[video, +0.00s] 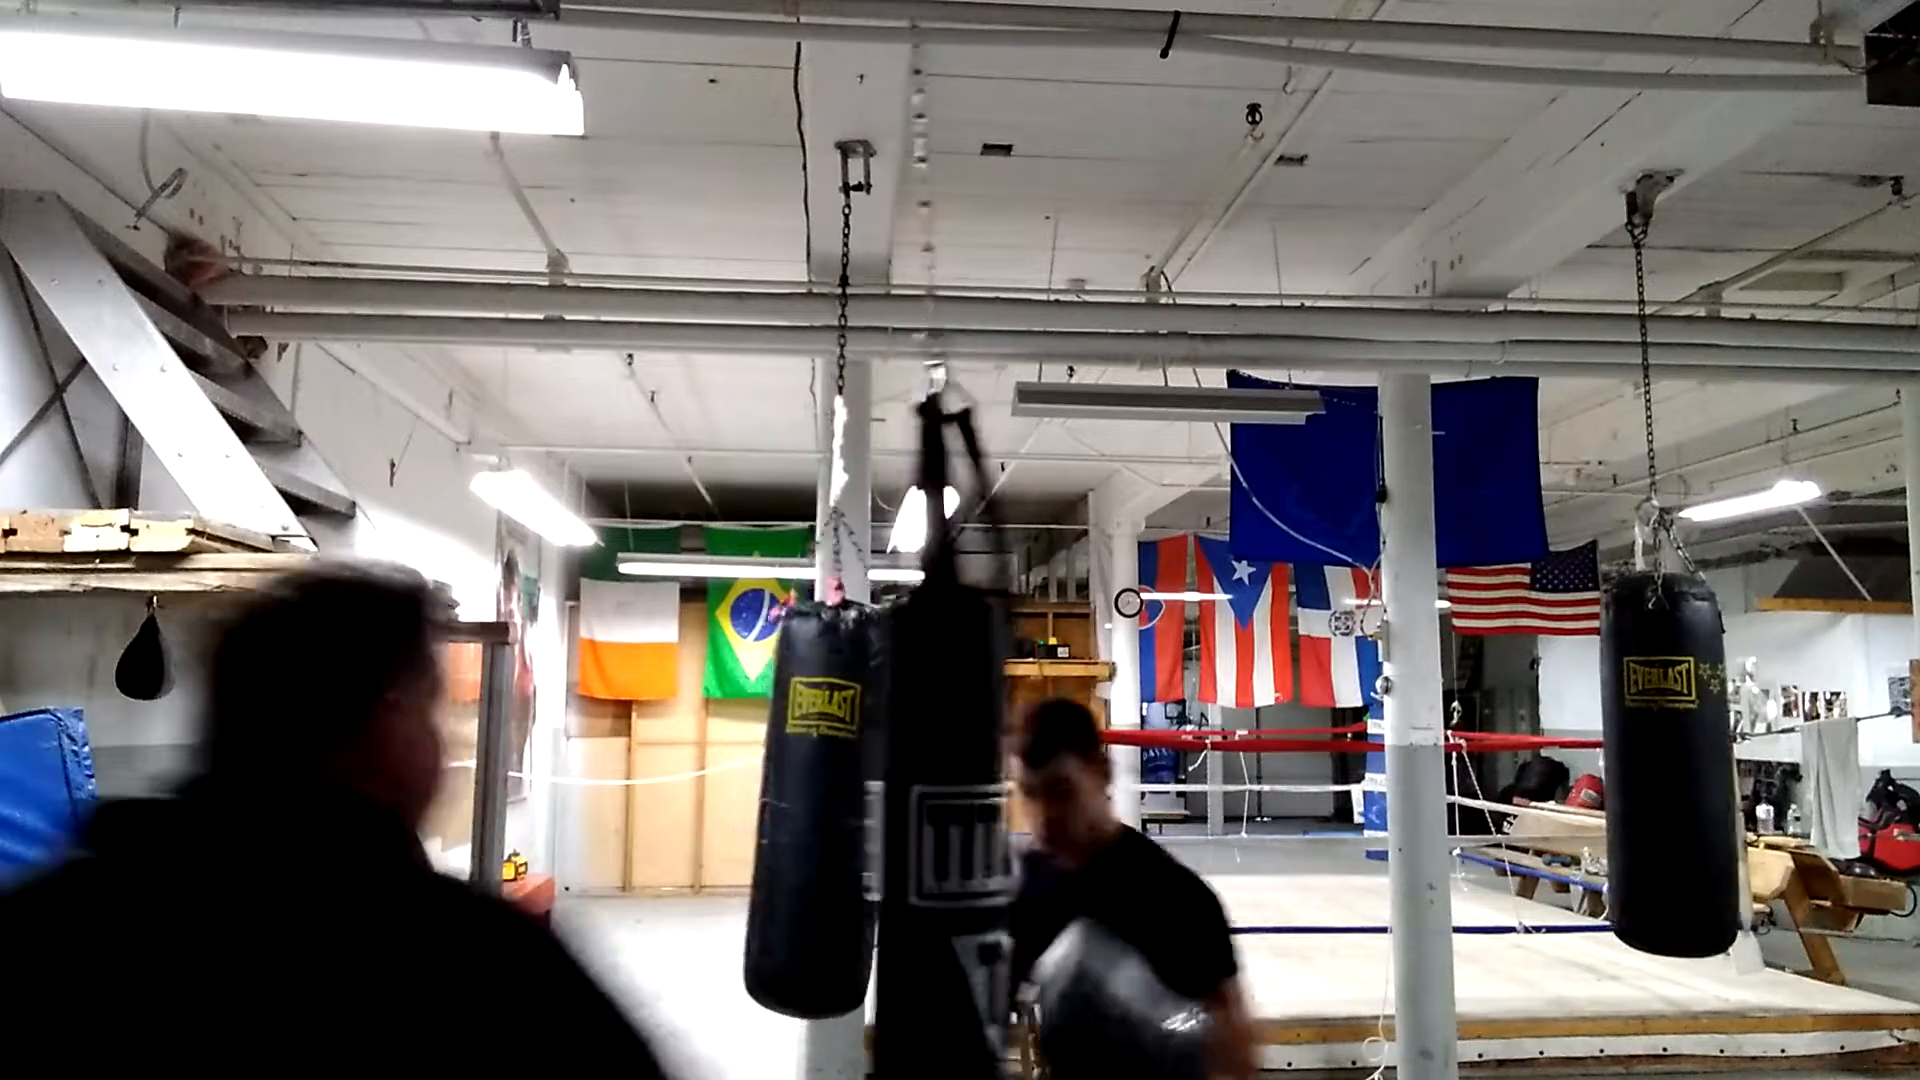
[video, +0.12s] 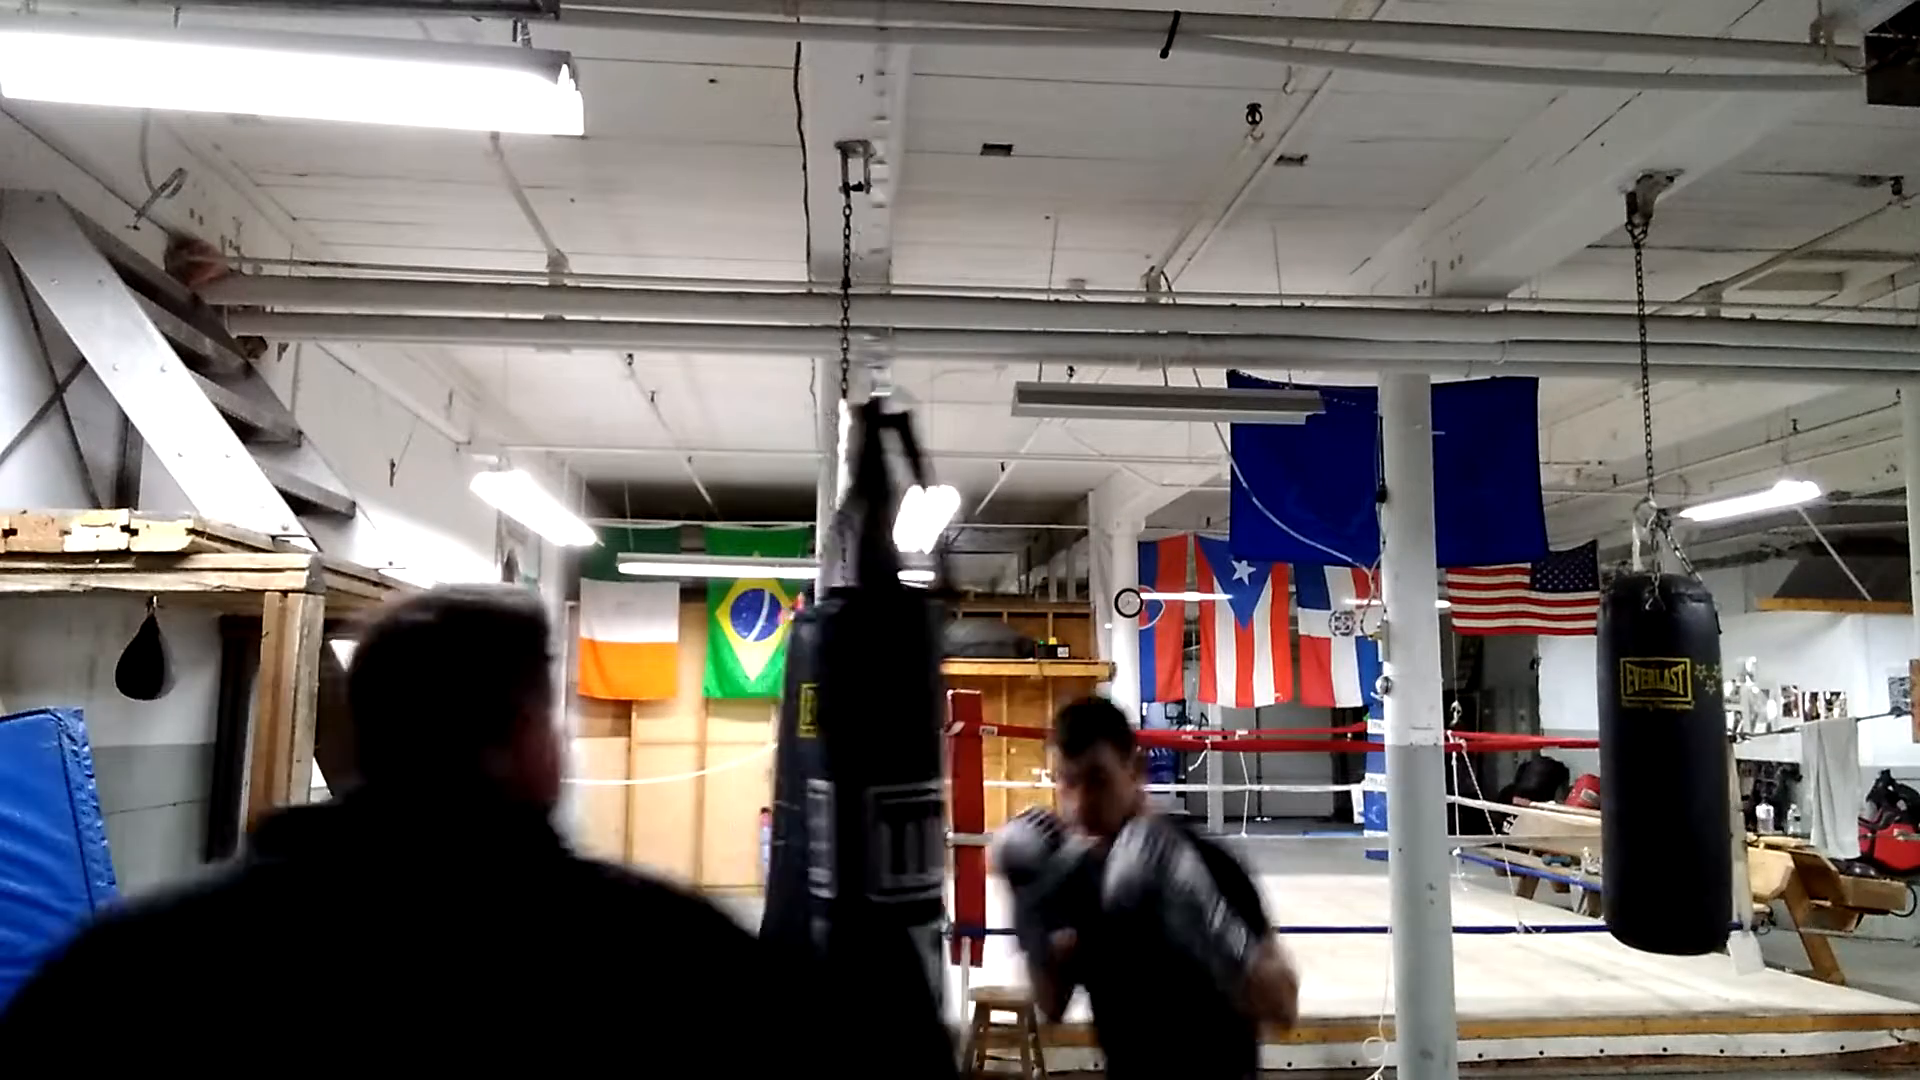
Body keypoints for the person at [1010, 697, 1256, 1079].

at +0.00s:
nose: (1045, 814)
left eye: (1060, 791)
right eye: (1031, 795)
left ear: (1103, 774)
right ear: (1020, 790)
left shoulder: (1176, 895)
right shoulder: (1035, 879)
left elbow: (1234, 1038)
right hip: (1067, 1078)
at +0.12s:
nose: (1082, 800)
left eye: (1096, 779)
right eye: (1068, 782)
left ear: (1136, 769)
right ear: (1054, 781)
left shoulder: (1204, 864)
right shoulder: (1077, 875)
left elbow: (1281, 1000)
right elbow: (1052, 1004)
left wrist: (1188, 893)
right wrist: (1029, 892)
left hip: (1217, 1076)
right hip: (1130, 1074)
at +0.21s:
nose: (1100, 765)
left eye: (1115, 743)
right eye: (1089, 747)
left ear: (1156, 734)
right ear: (1080, 747)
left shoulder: (1231, 825)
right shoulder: (1103, 840)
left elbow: (1297, 963)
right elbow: (1097, 979)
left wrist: (1209, 877)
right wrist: (1069, 865)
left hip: (1241, 1048)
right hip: (1153, 1051)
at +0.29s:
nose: (1129, 750)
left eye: (1143, 728)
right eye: (1117, 731)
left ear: (1183, 715)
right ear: (1107, 730)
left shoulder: (1253, 810)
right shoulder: (1117, 813)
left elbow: (1317, 945)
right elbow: (1129, 966)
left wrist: (1220, 871)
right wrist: (1100, 861)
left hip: (1261, 1038)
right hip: (1185, 1040)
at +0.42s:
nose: (1173, 780)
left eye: (1186, 758)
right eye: (1160, 762)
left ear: (1228, 745)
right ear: (1151, 761)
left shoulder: (1287, 839)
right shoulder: (1168, 846)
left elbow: (1358, 971)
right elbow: (1155, 985)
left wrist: (1242, 919)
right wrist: (1124, 894)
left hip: (1293, 1065)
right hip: (1211, 1060)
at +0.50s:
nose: (1186, 789)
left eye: (1203, 768)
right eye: (1175, 770)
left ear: (1242, 755)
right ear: (1165, 767)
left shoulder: (1313, 852)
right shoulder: (1192, 860)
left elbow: (1387, 972)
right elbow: (1183, 997)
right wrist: (1151, 928)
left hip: (1312, 1060)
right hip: (1230, 1056)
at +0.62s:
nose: (1201, 765)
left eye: (1216, 745)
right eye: (1189, 749)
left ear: (1256, 731)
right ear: (1178, 746)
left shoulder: (1326, 818)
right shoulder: (1199, 831)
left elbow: (1421, 937)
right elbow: (1192, 958)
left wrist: (1334, 903)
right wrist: (1155, 865)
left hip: (1317, 1043)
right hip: (1235, 1043)